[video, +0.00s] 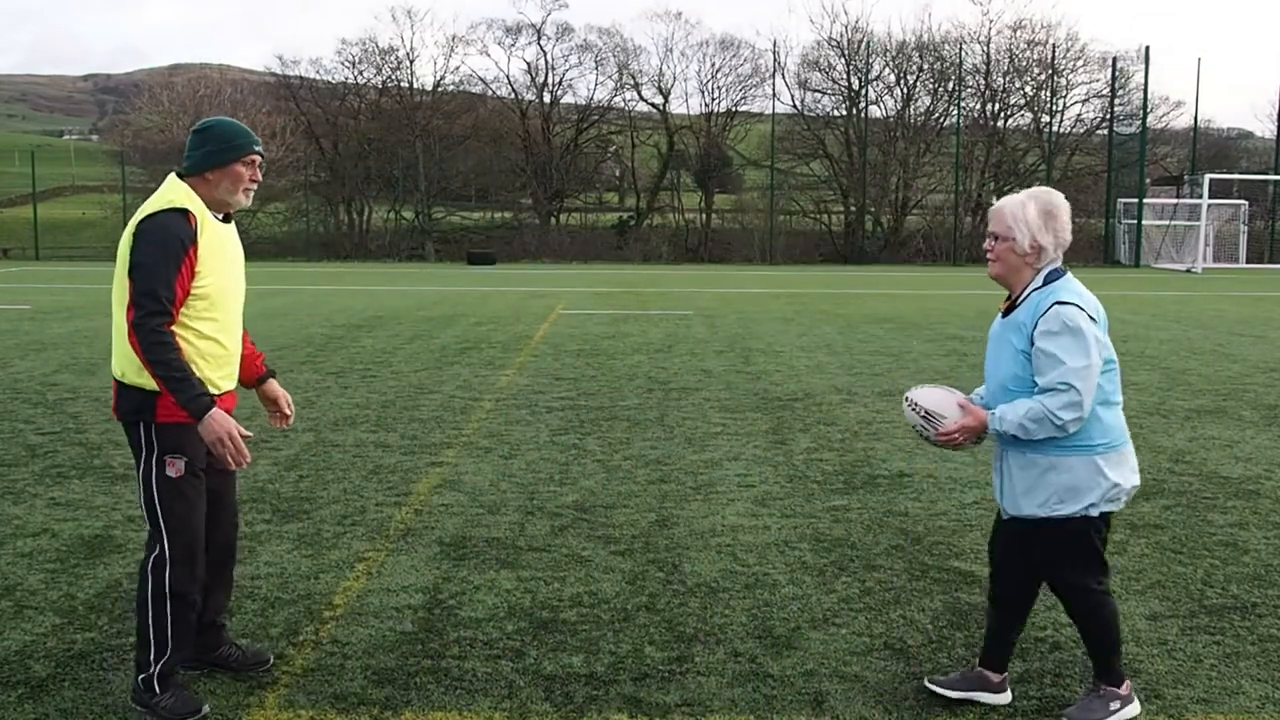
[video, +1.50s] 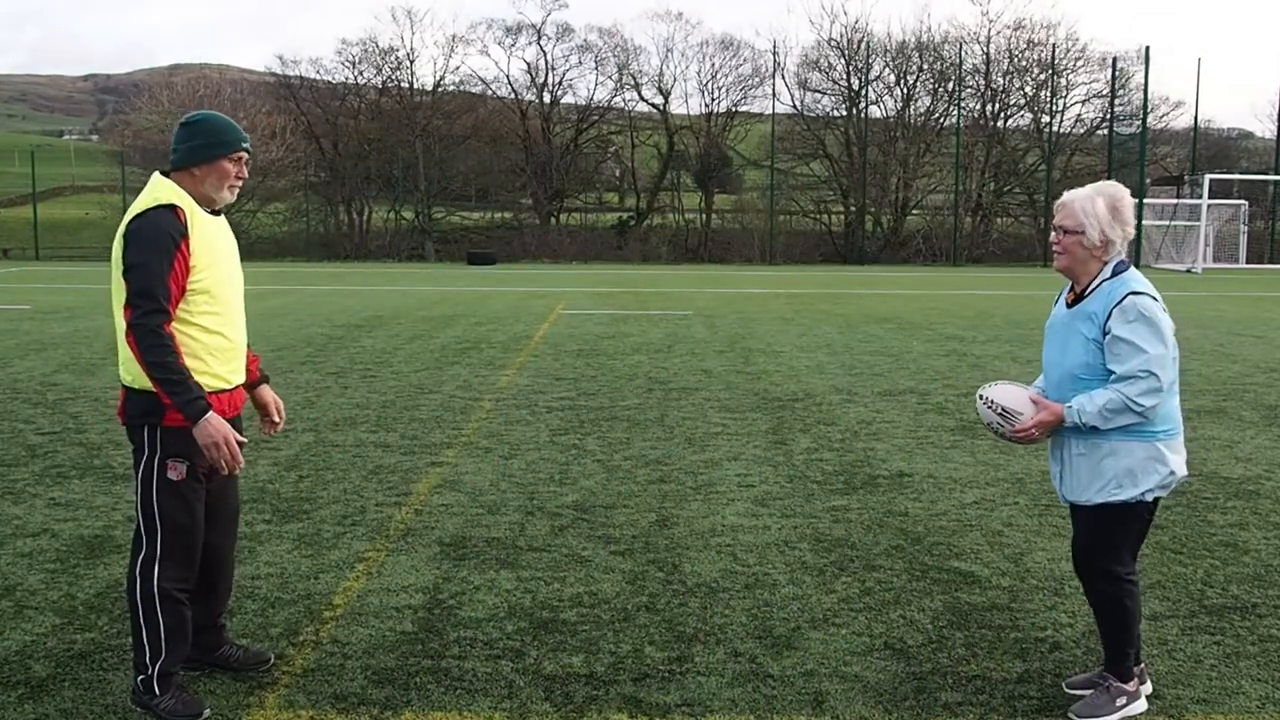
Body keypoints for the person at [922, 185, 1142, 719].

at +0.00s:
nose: (987, 247)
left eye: (998, 238)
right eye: (988, 236)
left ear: (1034, 247)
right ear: (1030, 248)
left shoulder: (1064, 313)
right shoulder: (1021, 307)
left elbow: (1065, 407)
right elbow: (1008, 385)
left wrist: (991, 421)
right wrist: (966, 408)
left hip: (1073, 479)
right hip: (1030, 474)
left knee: (1080, 583)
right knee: (1010, 569)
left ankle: (1113, 688)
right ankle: (991, 674)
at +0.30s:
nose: (1042, 241)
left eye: (1055, 232)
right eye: (1042, 230)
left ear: (1091, 241)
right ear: (1052, 234)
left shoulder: (1122, 306)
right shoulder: (1061, 300)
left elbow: (1131, 396)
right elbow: (1053, 376)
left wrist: (1051, 414)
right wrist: (1017, 407)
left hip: (1114, 469)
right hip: (1072, 464)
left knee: (1103, 575)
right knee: (1067, 562)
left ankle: (1118, 691)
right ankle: (1120, 661)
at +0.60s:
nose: (1055, 243)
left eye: (1067, 234)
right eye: (1055, 232)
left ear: (1103, 241)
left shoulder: (1140, 304)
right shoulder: (1069, 300)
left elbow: (1159, 392)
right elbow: (1063, 373)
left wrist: (1077, 414)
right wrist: (1036, 408)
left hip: (1141, 461)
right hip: (1098, 457)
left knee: (1114, 564)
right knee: (1098, 561)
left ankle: (1127, 681)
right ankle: (1121, 668)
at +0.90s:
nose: (1058, 247)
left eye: (1069, 237)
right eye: (1057, 236)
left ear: (1107, 241)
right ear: (1063, 240)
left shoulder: (1144, 304)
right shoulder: (1073, 299)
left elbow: (1159, 392)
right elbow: (1066, 373)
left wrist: (1079, 413)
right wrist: (1037, 407)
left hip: (1141, 461)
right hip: (1097, 458)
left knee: (1114, 565)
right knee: (1100, 562)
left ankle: (1128, 680)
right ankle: (1121, 667)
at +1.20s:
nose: (1058, 240)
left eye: (1070, 232)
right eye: (1058, 230)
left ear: (1106, 240)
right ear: (1062, 233)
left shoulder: (1138, 304)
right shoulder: (1073, 297)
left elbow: (1152, 392)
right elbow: (1066, 373)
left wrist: (1072, 412)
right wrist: (1034, 404)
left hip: (1132, 462)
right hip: (1092, 458)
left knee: (1109, 564)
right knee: (1095, 561)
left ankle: (1127, 680)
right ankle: (1119, 666)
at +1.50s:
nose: (1055, 240)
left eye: (1066, 232)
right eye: (1054, 230)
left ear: (1102, 239)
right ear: (1058, 233)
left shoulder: (1132, 304)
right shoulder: (1071, 298)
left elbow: (1143, 392)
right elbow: (1063, 375)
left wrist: (1066, 413)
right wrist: (1029, 404)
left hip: (1128, 463)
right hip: (1091, 459)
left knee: (1107, 565)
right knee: (1094, 562)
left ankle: (1128, 681)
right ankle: (1119, 666)